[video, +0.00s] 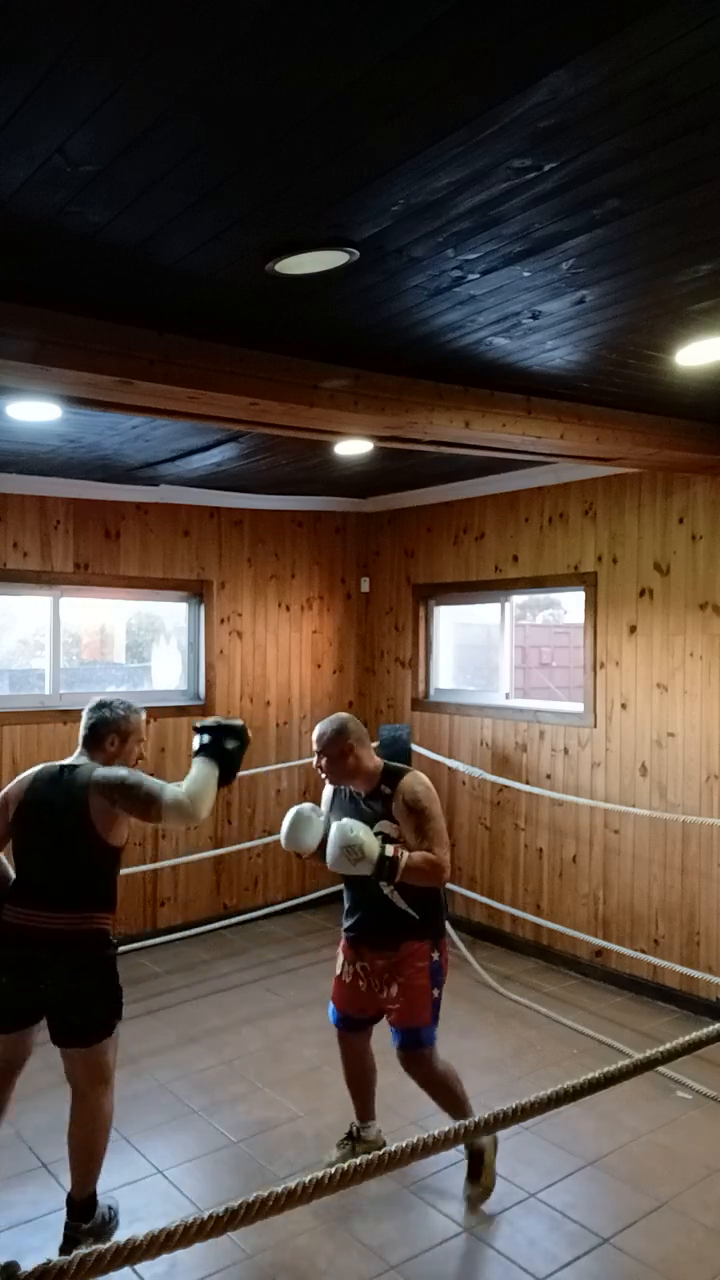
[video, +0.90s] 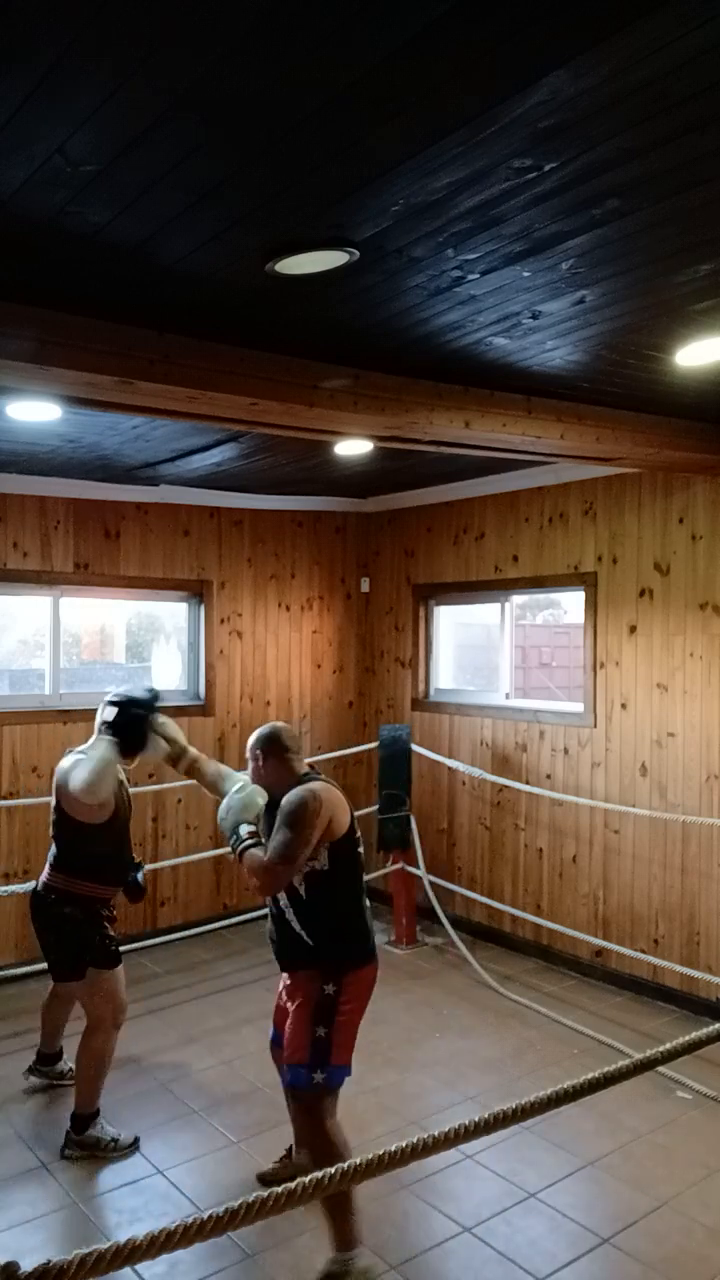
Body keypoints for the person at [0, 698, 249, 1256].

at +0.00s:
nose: (140, 752)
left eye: (141, 743)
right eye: (137, 742)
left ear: (87, 736)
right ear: (114, 741)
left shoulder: (28, 782)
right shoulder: (115, 783)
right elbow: (190, 806)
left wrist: (18, 888)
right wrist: (212, 755)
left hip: (15, 947)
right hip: (81, 955)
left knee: (5, 1068)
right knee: (91, 1083)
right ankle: (81, 1217)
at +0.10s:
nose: (132, 751)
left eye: (132, 741)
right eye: (127, 741)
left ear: (77, 737)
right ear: (102, 741)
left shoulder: (20, 783)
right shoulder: (99, 783)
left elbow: (1, 859)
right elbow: (163, 803)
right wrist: (186, 751)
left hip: (14, 953)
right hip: (74, 958)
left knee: (5, 1057)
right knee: (91, 1082)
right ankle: (80, 1215)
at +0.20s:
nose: (120, 755)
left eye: (120, 745)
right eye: (114, 745)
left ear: (70, 744)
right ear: (85, 745)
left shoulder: (18, 783)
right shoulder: (74, 786)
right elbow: (130, 811)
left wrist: (166, 773)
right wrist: (166, 759)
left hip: (10, 949)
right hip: (61, 955)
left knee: (5, 1051)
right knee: (103, 1058)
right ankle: (76, 1195)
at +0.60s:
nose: (142, 752)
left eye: (144, 742)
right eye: (136, 741)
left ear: (102, 739)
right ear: (106, 737)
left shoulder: (70, 763)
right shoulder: (81, 771)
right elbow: (111, 803)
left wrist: (160, 758)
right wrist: (155, 755)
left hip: (38, 911)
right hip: (71, 922)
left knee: (43, 1012)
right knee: (105, 1020)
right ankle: (84, 1131)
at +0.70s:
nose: (149, 751)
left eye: (151, 741)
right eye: (144, 741)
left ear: (113, 737)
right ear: (113, 736)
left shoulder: (92, 760)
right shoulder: (86, 768)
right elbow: (109, 801)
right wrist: (156, 755)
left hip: (54, 904)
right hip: (70, 914)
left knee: (64, 993)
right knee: (103, 1017)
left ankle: (2, 1072)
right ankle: (83, 1130)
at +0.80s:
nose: (149, 747)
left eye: (152, 738)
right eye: (142, 737)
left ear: (121, 733)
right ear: (114, 731)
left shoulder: (107, 758)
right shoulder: (87, 763)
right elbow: (108, 796)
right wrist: (152, 753)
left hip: (67, 899)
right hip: (72, 907)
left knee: (64, 987)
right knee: (103, 1013)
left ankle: (20, 1070)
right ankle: (83, 1128)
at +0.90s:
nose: (148, 752)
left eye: (150, 745)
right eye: (148, 743)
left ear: (107, 723)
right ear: (130, 735)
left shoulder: (106, 767)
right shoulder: (83, 766)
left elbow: (105, 840)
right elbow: (89, 792)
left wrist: (127, 874)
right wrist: (114, 736)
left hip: (70, 902)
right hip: (75, 911)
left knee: (67, 986)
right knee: (107, 1014)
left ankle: (48, 1060)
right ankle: (84, 1129)